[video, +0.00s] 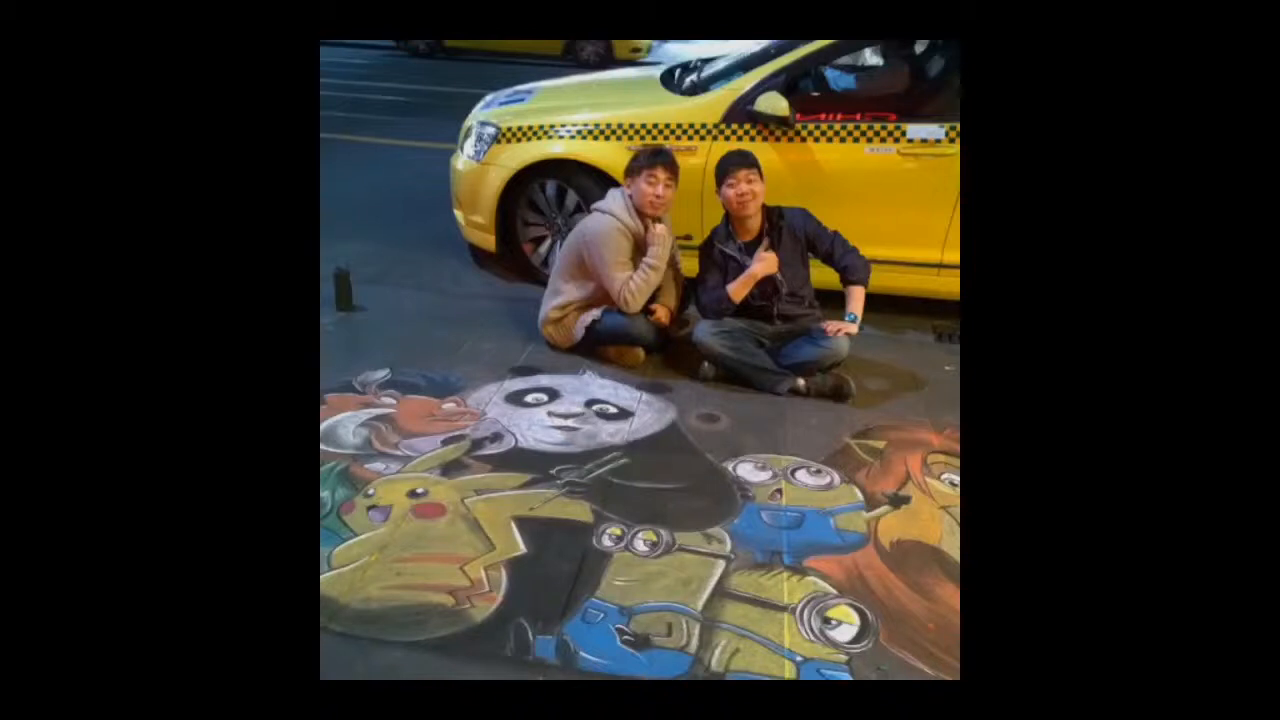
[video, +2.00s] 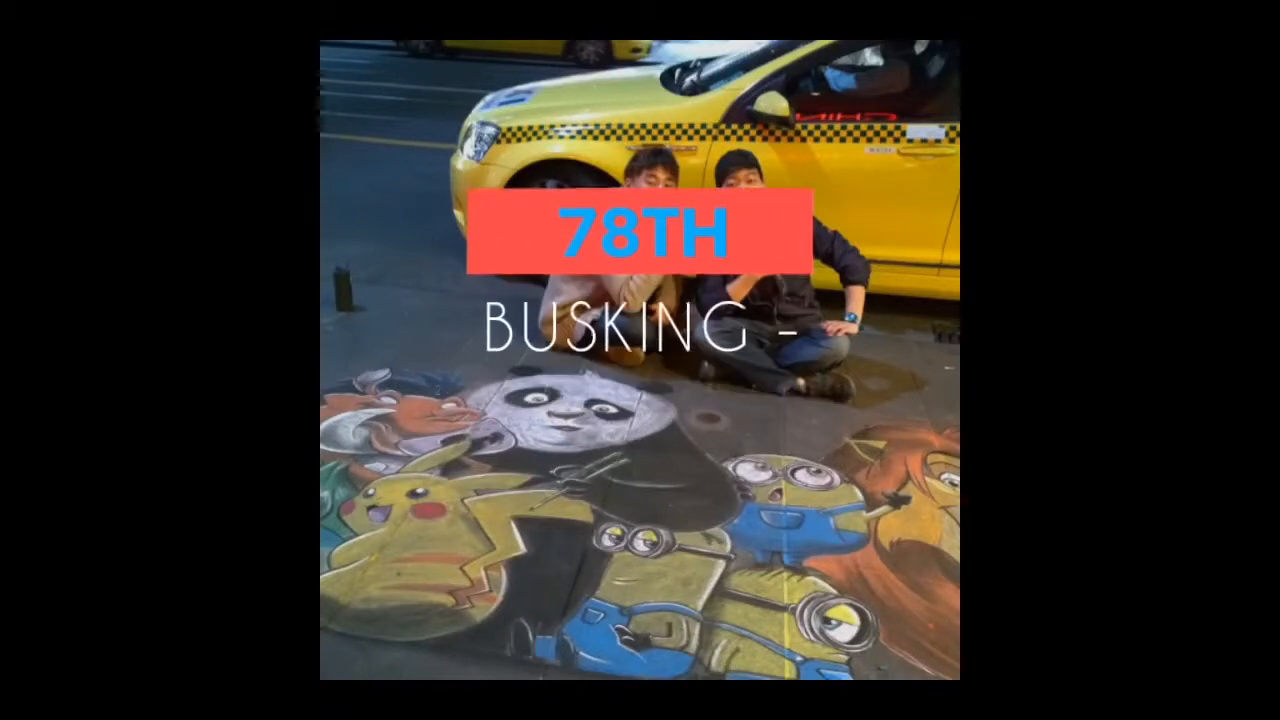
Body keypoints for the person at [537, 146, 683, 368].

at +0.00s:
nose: (659, 193)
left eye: (668, 185)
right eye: (651, 182)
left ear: (674, 192)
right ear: (629, 184)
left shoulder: (656, 221)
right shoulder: (605, 226)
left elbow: (669, 269)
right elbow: (629, 301)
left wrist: (665, 304)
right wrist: (657, 251)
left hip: (608, 305)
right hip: (567, 319)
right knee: (639, 327)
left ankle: (625, 346)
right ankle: (669, 335)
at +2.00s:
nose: (659, 191)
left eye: (668, 185)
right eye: (651, 181)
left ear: (674, 190)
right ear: (629, 182)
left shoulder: (654, 224)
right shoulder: (605, 221)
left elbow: (668, 279)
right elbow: (628, 300)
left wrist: (665, 304)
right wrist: (662, 247)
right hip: (564, 319)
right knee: (636, 327)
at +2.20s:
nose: (659, 191)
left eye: (668, 184)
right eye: (651, 181)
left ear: (674, 190)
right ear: (629, 182)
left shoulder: (654, 224)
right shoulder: (605, 221)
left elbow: (668, 279)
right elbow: (629, 300)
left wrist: (665, 305)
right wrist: (664, 248)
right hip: (565, 319)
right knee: (637, 327)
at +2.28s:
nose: (659, 191)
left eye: (668, 184)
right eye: (651, 181)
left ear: (674, 190)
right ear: (629, 182)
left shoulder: (654, 224)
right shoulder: (605, 221)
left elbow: (668, 279)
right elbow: (629, 300)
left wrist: (665, 305)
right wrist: (664, 247)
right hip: (565, 320)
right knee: (638, 327)